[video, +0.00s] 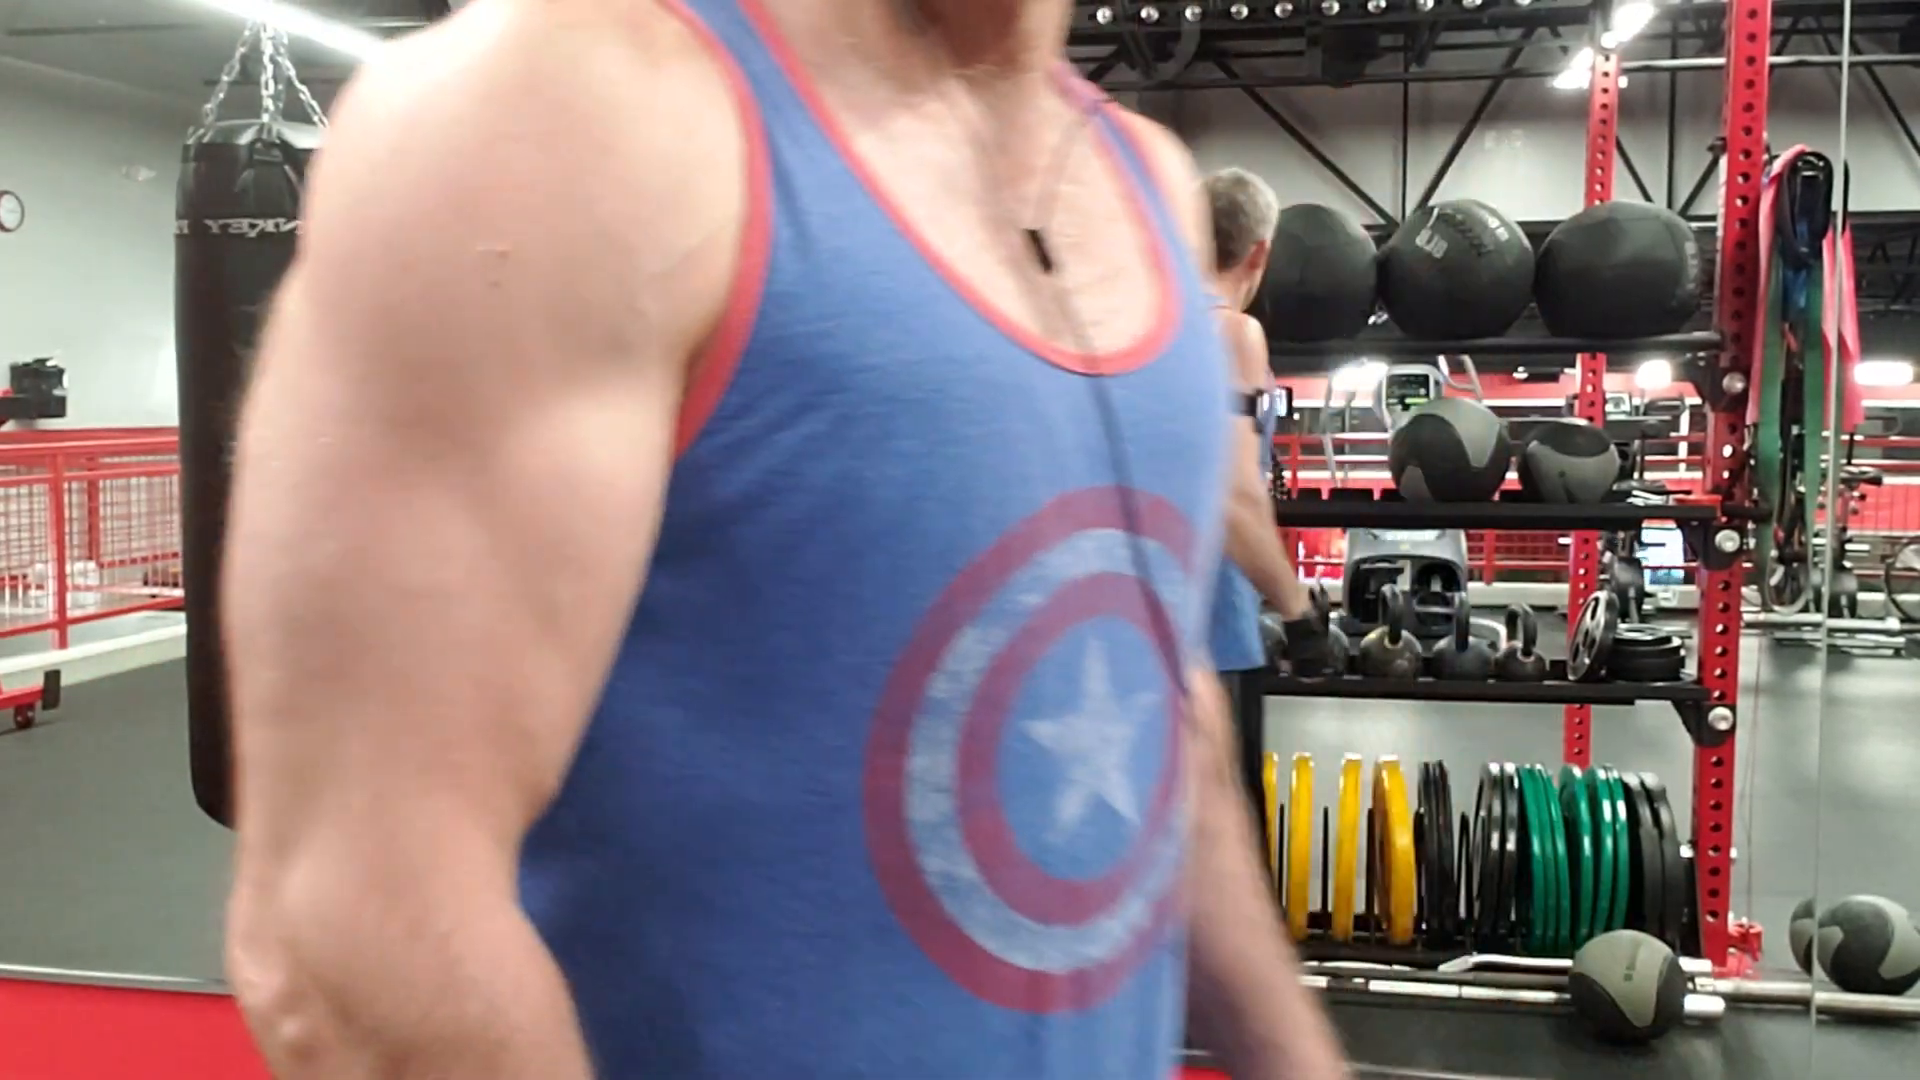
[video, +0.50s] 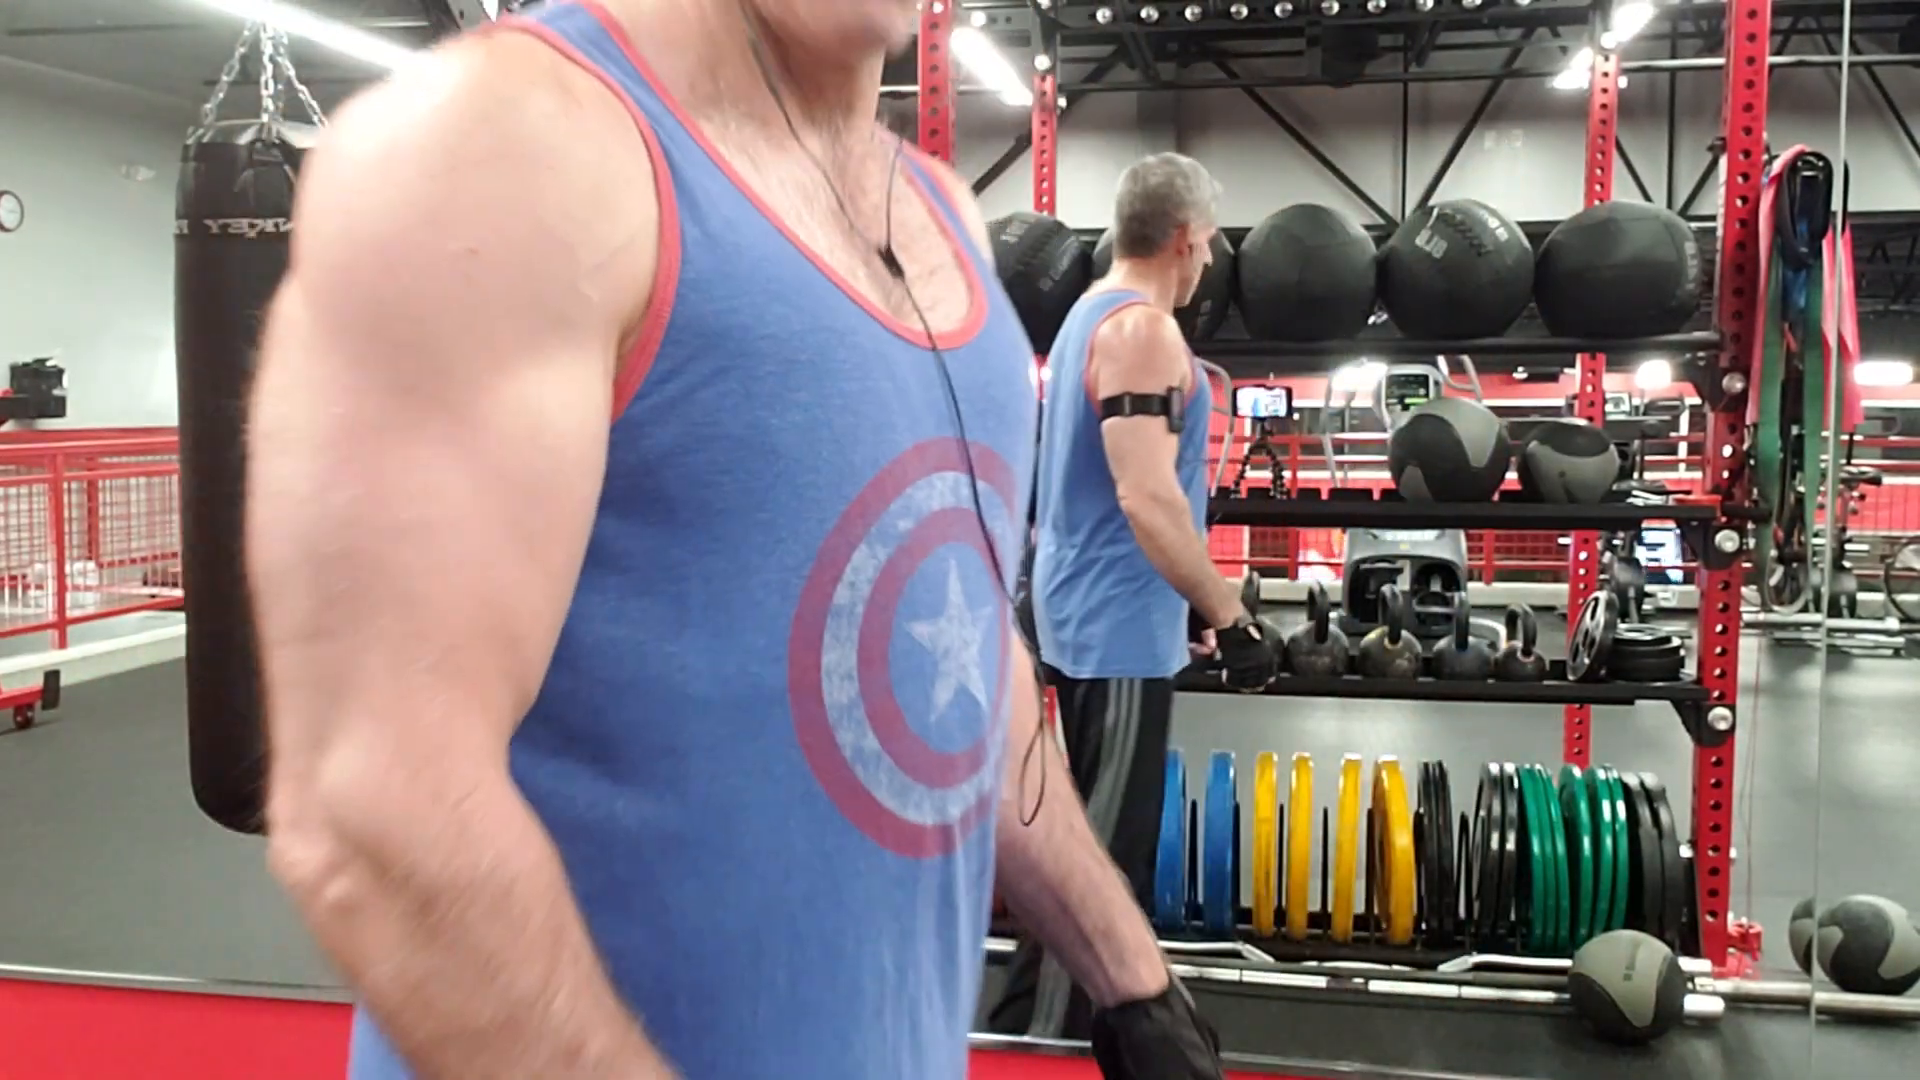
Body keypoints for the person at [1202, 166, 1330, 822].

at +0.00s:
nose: (1264, 273)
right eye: (1267, 258)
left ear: (1187, 238)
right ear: (1258, 255)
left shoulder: (1149, 316)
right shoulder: (1233, 331)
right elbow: (1234, 494)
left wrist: (1290, 602)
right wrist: (1296, 606)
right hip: (1211, 631)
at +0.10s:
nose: (1251, 263)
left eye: (1248, 251)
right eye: (1253, 251)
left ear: (1169, 238)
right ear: (1242, 252)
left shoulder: (1131, 313)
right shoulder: (1207, 325)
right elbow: (1199, 483)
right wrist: (1261, 598)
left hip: (1124, 631)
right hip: (1185, 638)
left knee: (1130, 841)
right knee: (1201, 851)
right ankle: (1217, 1033)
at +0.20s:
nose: (1237, 260)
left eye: (1238, 248)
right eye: (1239, 246)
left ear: (1151, 236)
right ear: (1228, 246)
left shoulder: (1114, 320)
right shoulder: (1185, 323)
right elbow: (1181, 485)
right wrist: (1243, 609)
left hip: (1110, 639)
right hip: (1168, 647)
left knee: (1115, 858)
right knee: (1172, 870)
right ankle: (1162, 1067)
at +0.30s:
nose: (1224, 255)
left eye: (1225, 245)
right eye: (1226, 243)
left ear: (1137, 236)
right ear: (1214, 243)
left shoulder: (1108, 319)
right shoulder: (1168, 322)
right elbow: (1170, 487)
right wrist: (1237, 615)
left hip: (1098, 628)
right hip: (1151, 637)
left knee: (1111, 842)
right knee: (1152, 854)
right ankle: (1127, 1062)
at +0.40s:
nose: (1212, 253)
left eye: (1213, 240)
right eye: (1213, 239)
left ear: (1125, 231)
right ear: (1200, 241)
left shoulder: (1103, 316)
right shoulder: (1154, 325)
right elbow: (1159, 488)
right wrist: (1233, 615)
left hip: (1089, 610)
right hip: (1137, 618)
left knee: (1098, 825)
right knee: (1135, 837)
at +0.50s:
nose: (1210, 257)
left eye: (1212, 242)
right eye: (1211, 241)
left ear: (1127, 235)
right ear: (1188, 240)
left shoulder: (1090, 318)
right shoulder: (1138, 325)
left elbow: (1082, 492)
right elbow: (1146, 496)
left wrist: (1198, 596)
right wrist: (1226, 606)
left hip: (1077, 617)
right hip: (1121, 626)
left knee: (1081, 840)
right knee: (1109, 852)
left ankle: (1042, 1022)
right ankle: (1055, 1034)